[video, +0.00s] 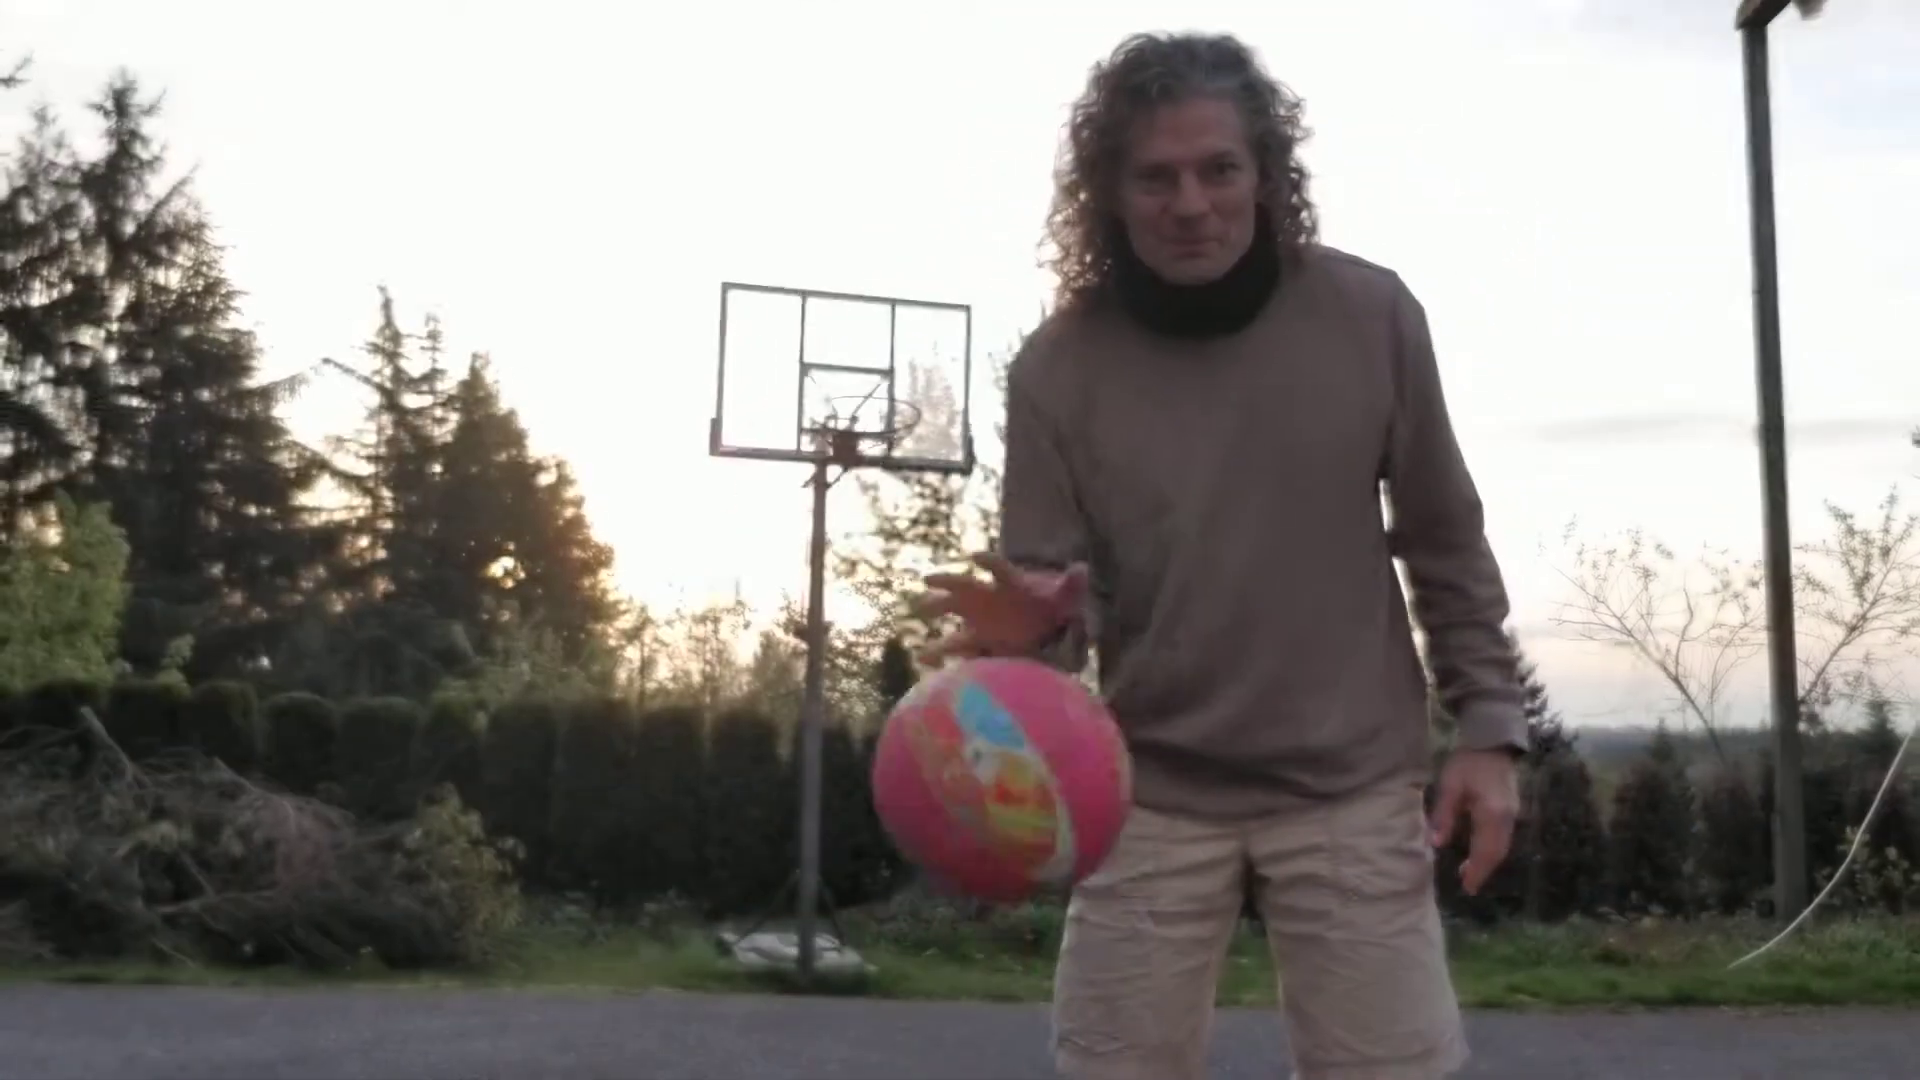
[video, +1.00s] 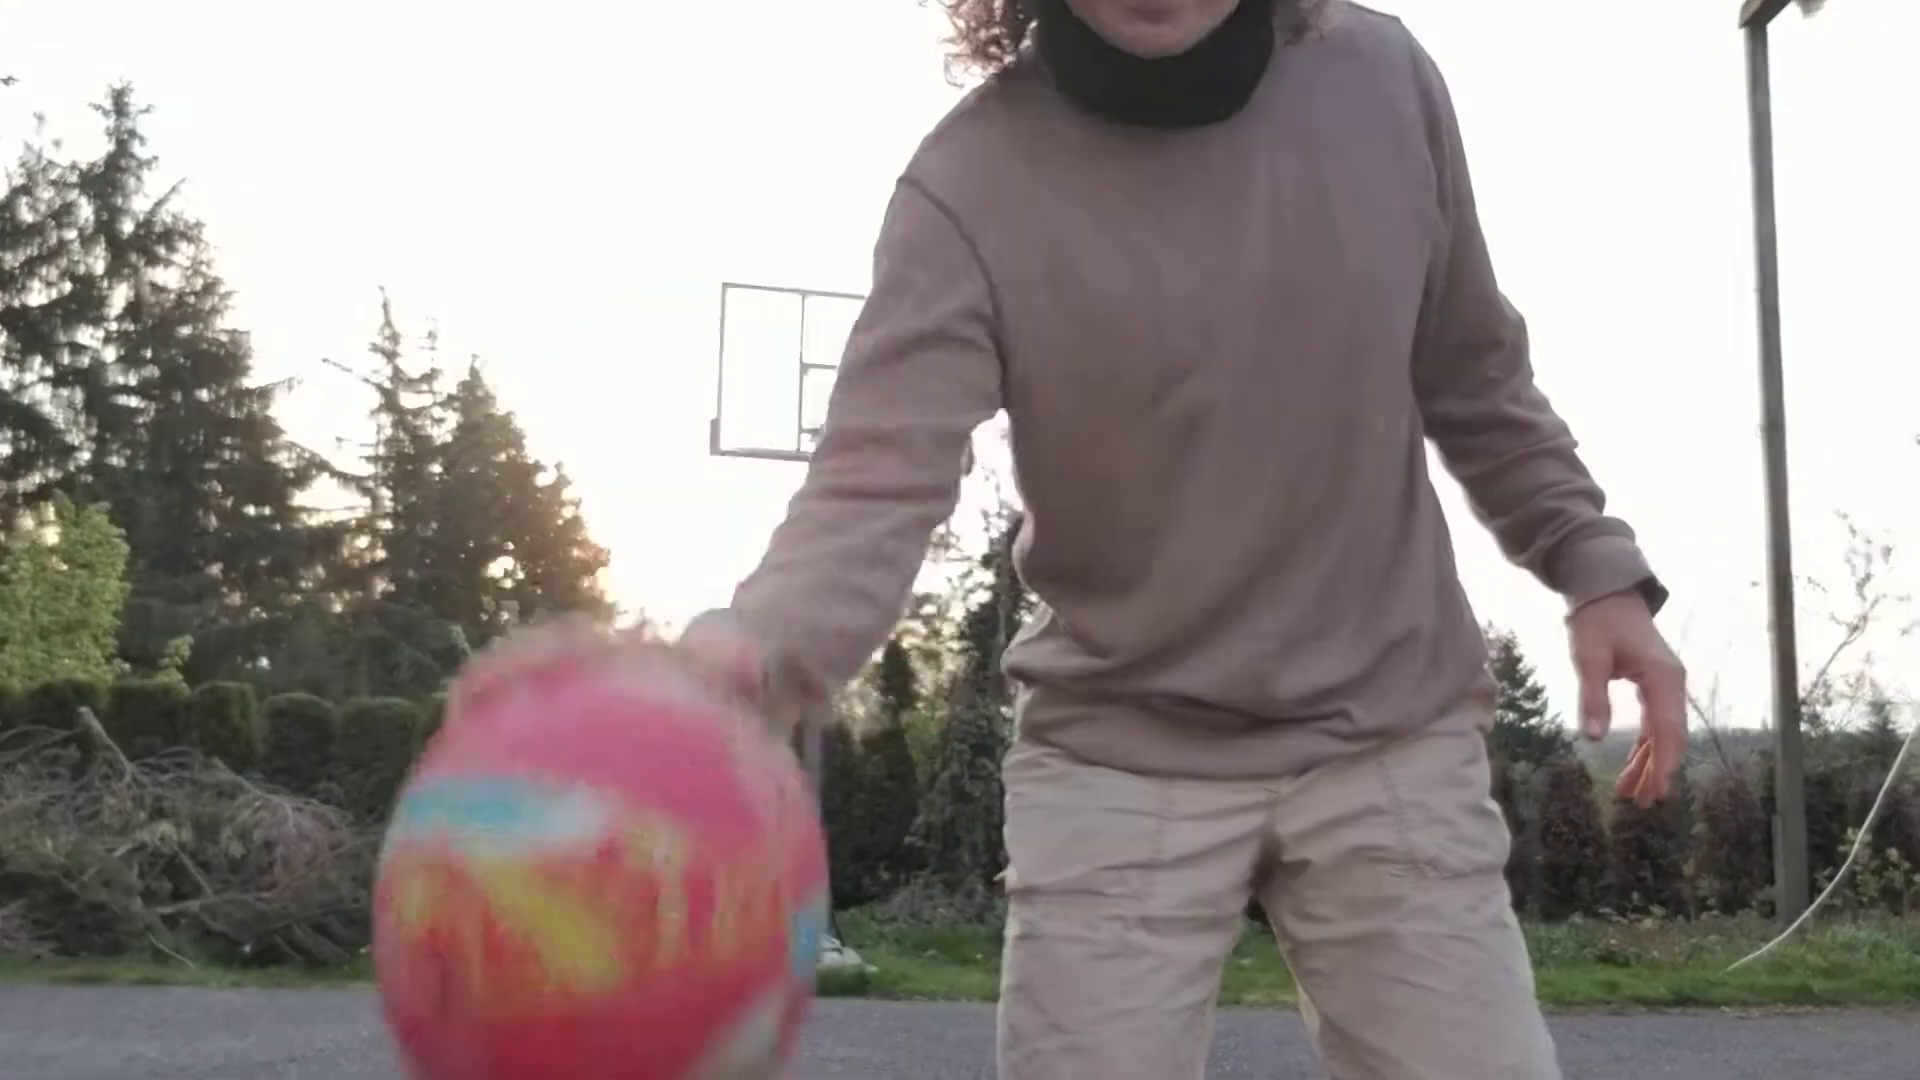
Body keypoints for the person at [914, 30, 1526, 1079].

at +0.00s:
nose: (1190, 207)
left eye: (1218, 171)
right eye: (1156, 178)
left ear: (1264, 175)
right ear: (1108, 192)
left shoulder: (1370, 316)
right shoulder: (1058, 368)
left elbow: (1444, 537)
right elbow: (1050, 598)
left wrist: (1485, 728)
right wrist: (1033, 623)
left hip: (1354, 791)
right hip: (1149, 798)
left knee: (1396, 1063)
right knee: (1115, 1063)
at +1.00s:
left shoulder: (1382, 85)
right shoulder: (971, 182)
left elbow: (1476, 377)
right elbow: (872, 484)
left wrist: (1597, 571)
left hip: (1395, 728)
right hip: (1117, 744)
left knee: (1486, 1060)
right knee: (1085, 1057)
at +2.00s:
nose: (1126, 5)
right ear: (1014, 3)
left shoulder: (1330, 121)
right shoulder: (963, 256)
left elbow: (1419, 393)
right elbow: (885, 616)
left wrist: (1532, 581)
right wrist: (920, 900)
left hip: (1349, 750)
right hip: (1088, 767)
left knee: (1435, 1060)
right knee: (1069, 1056)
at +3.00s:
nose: (1045, 291)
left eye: (1068, 263)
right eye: (1015, 267)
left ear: (1110, 268)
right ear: (974, 281)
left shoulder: (1210, 393)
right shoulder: (935, 440)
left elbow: (1275, 583)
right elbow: (901, 664)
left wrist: (1176, 659)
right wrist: (912, 834)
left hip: (1207, 793)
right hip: (1033, 807)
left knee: (1215, 1064)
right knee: (1002, 1062)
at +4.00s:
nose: (918, 422)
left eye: (937, 399)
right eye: (898, 404)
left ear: (978, 400)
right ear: (878, 413)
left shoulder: (1023, 502)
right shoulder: (916, 502)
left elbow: (1090, 657)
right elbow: (909, 647)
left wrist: (1067, 636)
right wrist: (892, 740)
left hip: (1001, 776)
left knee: (887, 998)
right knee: (989, 989)